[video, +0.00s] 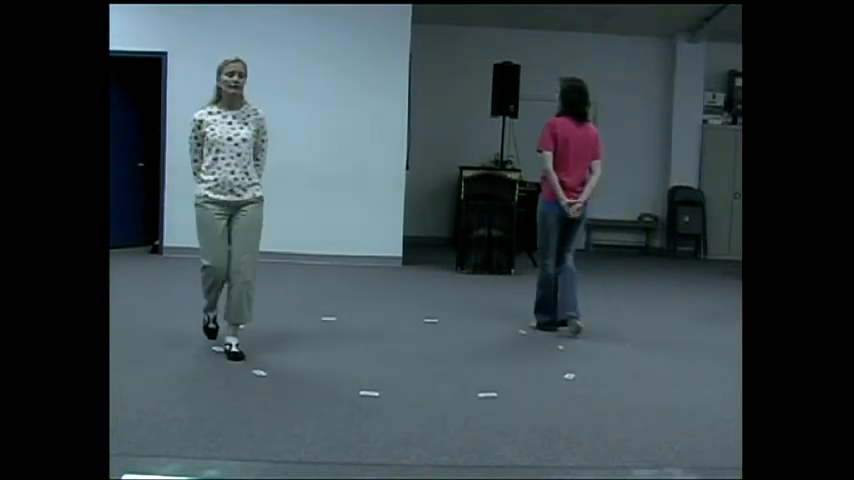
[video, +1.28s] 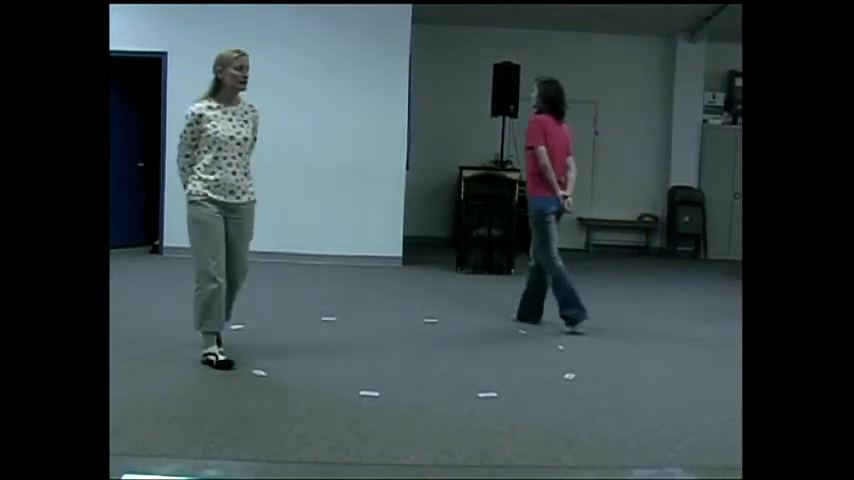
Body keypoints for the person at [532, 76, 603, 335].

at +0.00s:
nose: (559, 99)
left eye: (560, 95)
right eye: (564, 95)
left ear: (562, 99)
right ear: (585, 101)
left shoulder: (553, 126)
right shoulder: (592, 131)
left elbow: (548, 166)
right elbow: (596, 171)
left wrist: (562, 197)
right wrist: (581, 199)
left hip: (553, 200)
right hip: (579, 201)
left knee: (548, 259)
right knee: (567, 256)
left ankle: (546, 318)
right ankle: (571, 313)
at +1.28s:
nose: (532, 97)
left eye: (535, 94)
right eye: (534, 93)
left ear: (542, 98)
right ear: (558, 100)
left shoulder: (536, 123)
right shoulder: (563, 129)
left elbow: (543, 160)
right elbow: (570, 165)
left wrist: (558, 190)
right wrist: (568, 193)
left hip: (540, 198)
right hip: (558, 198)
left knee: (550, 256)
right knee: (539, 256)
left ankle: (574, 312)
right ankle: (529, 312)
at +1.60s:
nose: (502, 96)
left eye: (506, 92)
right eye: (503, 92)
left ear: (516, 97)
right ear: (524, 99)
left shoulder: (515, 124)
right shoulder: (531, 127)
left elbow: (522, 160)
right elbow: (538, 163)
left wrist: (533, 190)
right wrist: (540, 190)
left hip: (513, 198)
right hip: (530, 199)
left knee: (491, 246)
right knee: (523, 251)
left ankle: (505, 304)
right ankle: (528, 310)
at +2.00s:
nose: (465, 95)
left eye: (469, 92)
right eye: (466, 91)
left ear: (478, 97)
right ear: (487, 99)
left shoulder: (473, 123)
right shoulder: (490, 125)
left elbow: (480, 158)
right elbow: (496, 162)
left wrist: (489, 187)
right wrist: (495, 188)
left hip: (469, 197)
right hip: (486, 196)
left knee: (464, 255)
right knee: (482, 249)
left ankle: (459, 307)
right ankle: (511, 299)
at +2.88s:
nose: (402, 93)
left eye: (407, 89)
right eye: (402, 89)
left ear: (418, 94)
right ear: (408, 95)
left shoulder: (423, 123)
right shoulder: (409, 123)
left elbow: (431, 159)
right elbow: (412, 157)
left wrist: (429, 188)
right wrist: (425, 187)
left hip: (412, 190)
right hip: (400, 189)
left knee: (391, 239)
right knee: (390, 239)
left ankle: (414, 287)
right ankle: (406, 288)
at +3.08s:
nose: (401, 90)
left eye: (405, 86)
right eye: (402, 86)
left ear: (416, 92)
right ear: (413, 92)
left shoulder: (420, 119)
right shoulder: (413, 119)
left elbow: (431, 153)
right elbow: (423, 154)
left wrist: (435, 180)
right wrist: (433, 179)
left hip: (420, 191)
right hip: (409, 190)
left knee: (422, 246)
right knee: (398, 247)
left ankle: (451, 295)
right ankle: (394, 300)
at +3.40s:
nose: (399, 91)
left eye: (403, 87)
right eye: (399, 87)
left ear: (415, 92)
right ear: (413, 94)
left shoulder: (419, 119)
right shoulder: (414, 119)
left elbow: (432, 153)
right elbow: (426, 155)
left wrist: (439, 181)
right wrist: (437, 181)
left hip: (424, 192)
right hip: (415, 192)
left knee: (425, 245)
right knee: (413, 250)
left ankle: (454, 297)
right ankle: (426, 302)